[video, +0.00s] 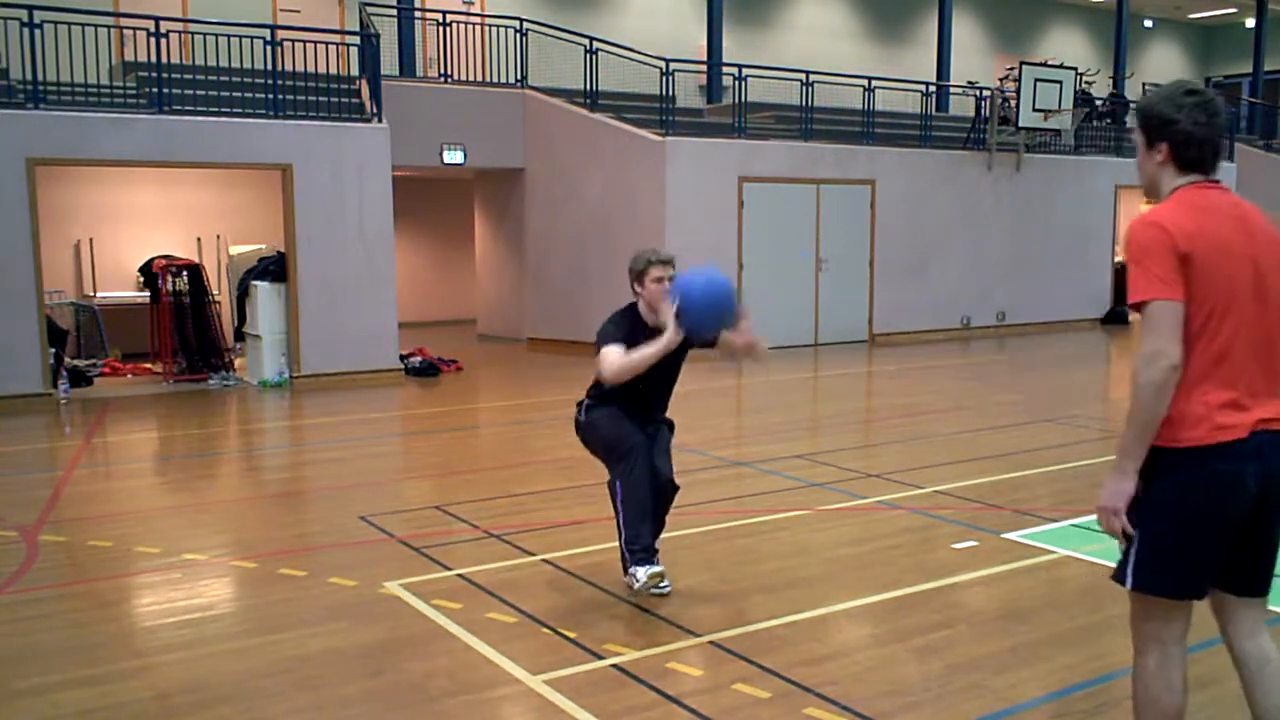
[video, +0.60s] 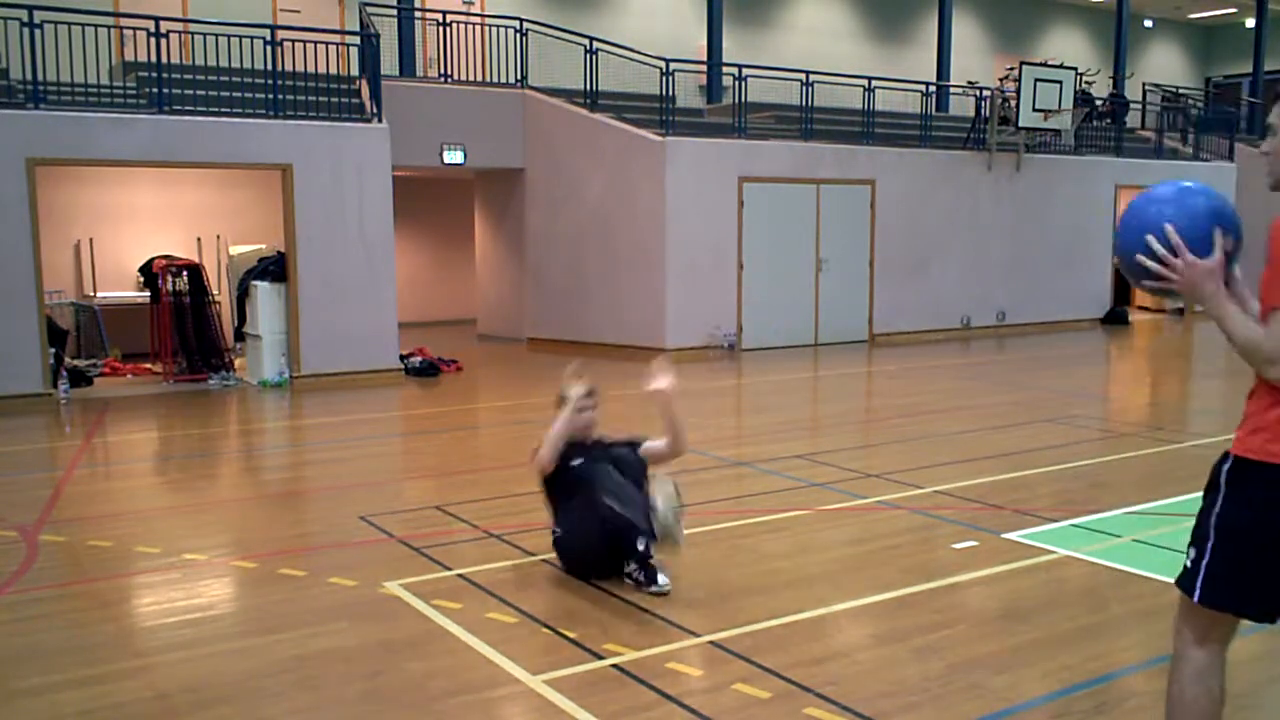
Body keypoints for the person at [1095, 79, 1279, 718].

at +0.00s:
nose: (1136, 156)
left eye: (1138, 143)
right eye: (1136, 143)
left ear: (1160, 149)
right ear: (1212, 150)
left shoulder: (1159, 226)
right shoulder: (1262, 224)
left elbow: (1162, 359)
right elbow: (1266, 338)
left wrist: (1124, 470)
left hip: (1189, 463)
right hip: (1264, 457)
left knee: (1158, 636)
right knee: (1246, 615)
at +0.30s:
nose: (1206, 153)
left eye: (1211, 140)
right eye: (1209, 140)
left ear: (1237, 148)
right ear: (1260, 149)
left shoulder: (1233, 228)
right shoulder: (1263, 221)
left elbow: (1200, 360)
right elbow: (1260, 347)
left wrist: (1111, 384)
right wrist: (1187, 391)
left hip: (1239, 462)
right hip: (1271, 457)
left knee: (1186, 639)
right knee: (1276, 619)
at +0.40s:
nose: (1228, 157)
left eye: (1232, 143)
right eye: (1229, 143)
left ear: (1258, 147)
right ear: (1271, 149)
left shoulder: (1255, 228)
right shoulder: (1259, 228)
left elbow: (1222, 359)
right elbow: (1240, 348)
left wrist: (1130, 321)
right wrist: (1161, 326)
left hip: (1250, 466)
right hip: (1258, 463)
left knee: (1194, 642)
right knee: (1193, 639)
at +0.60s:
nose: (1265, 149)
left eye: (1273, 135)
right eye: (1267, 134)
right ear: (1270, 144)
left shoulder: (1278, 230)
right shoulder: (1275, 232)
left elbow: (1273, 362)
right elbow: (1269, 346)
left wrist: (1214, 299)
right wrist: (1233, 291)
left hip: (1265, 455)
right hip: (1264, 453)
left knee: (1201, 635)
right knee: (1203, 631)